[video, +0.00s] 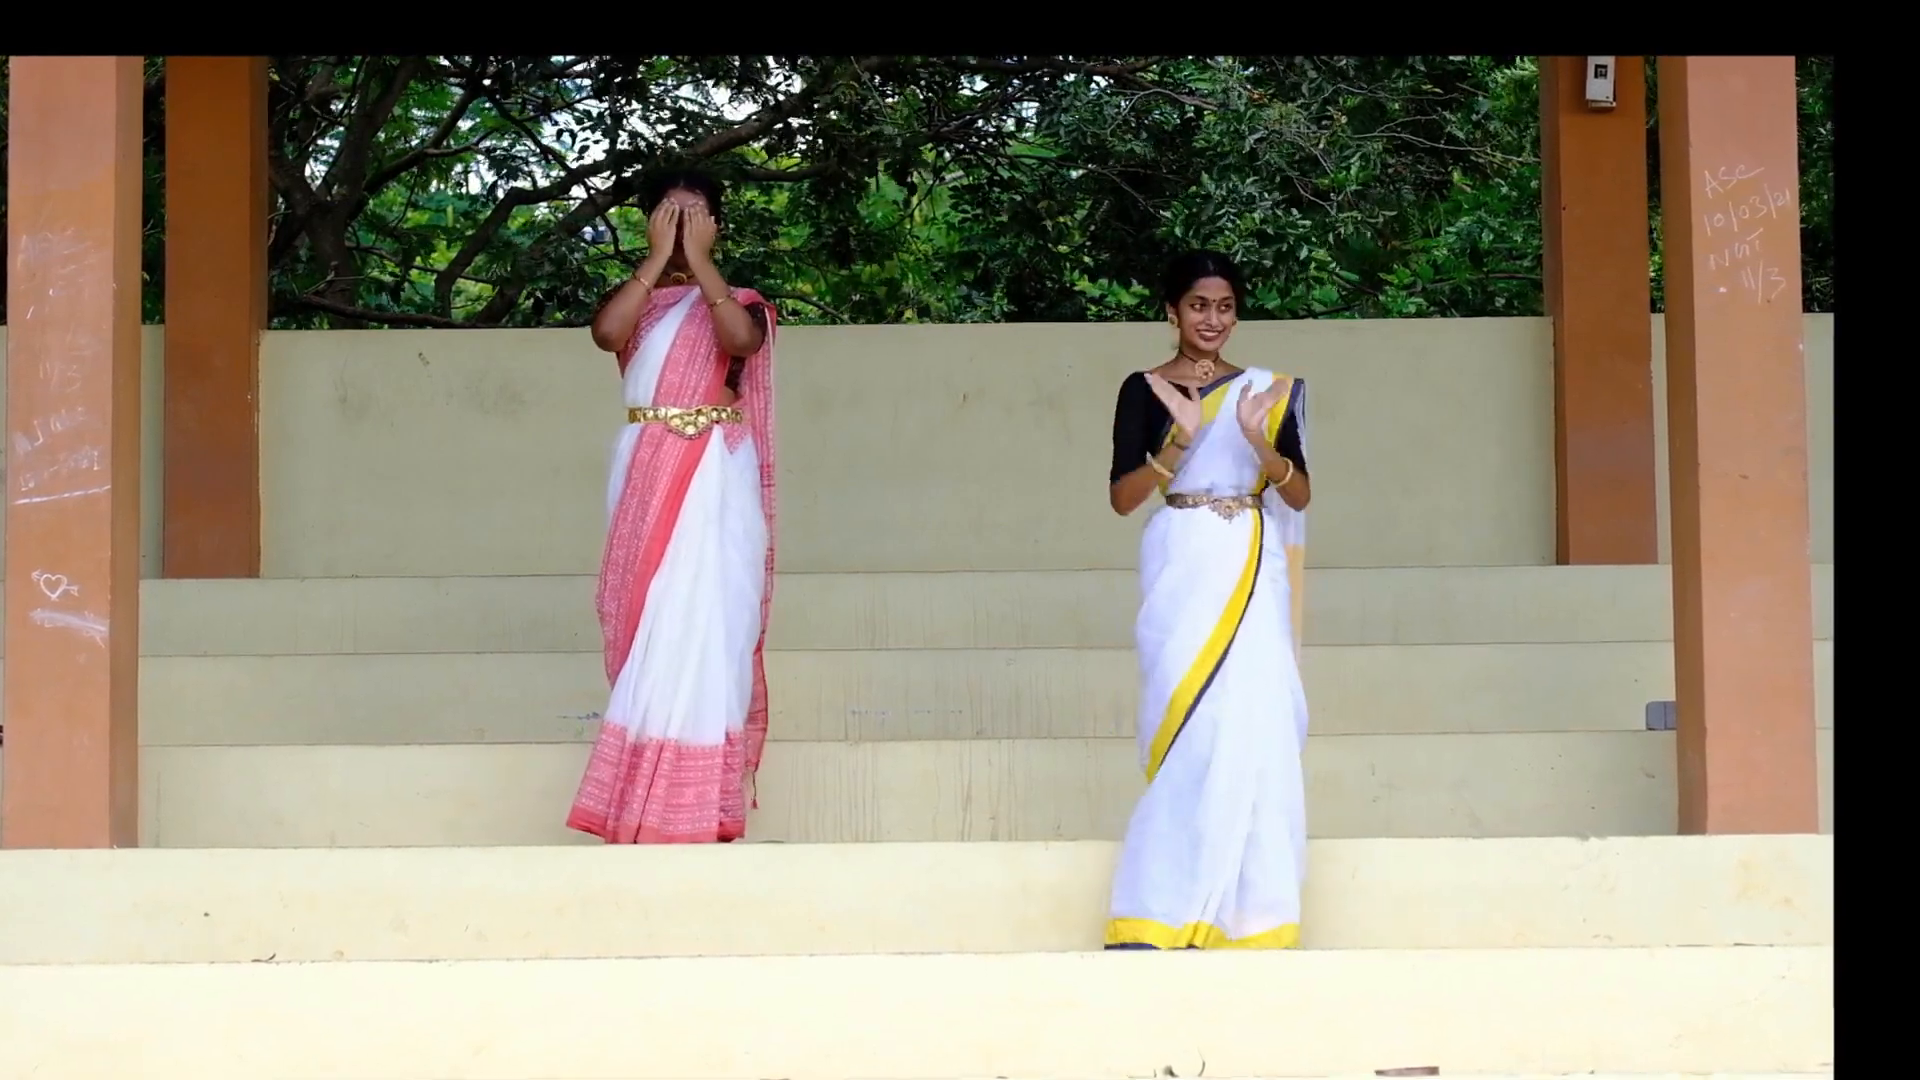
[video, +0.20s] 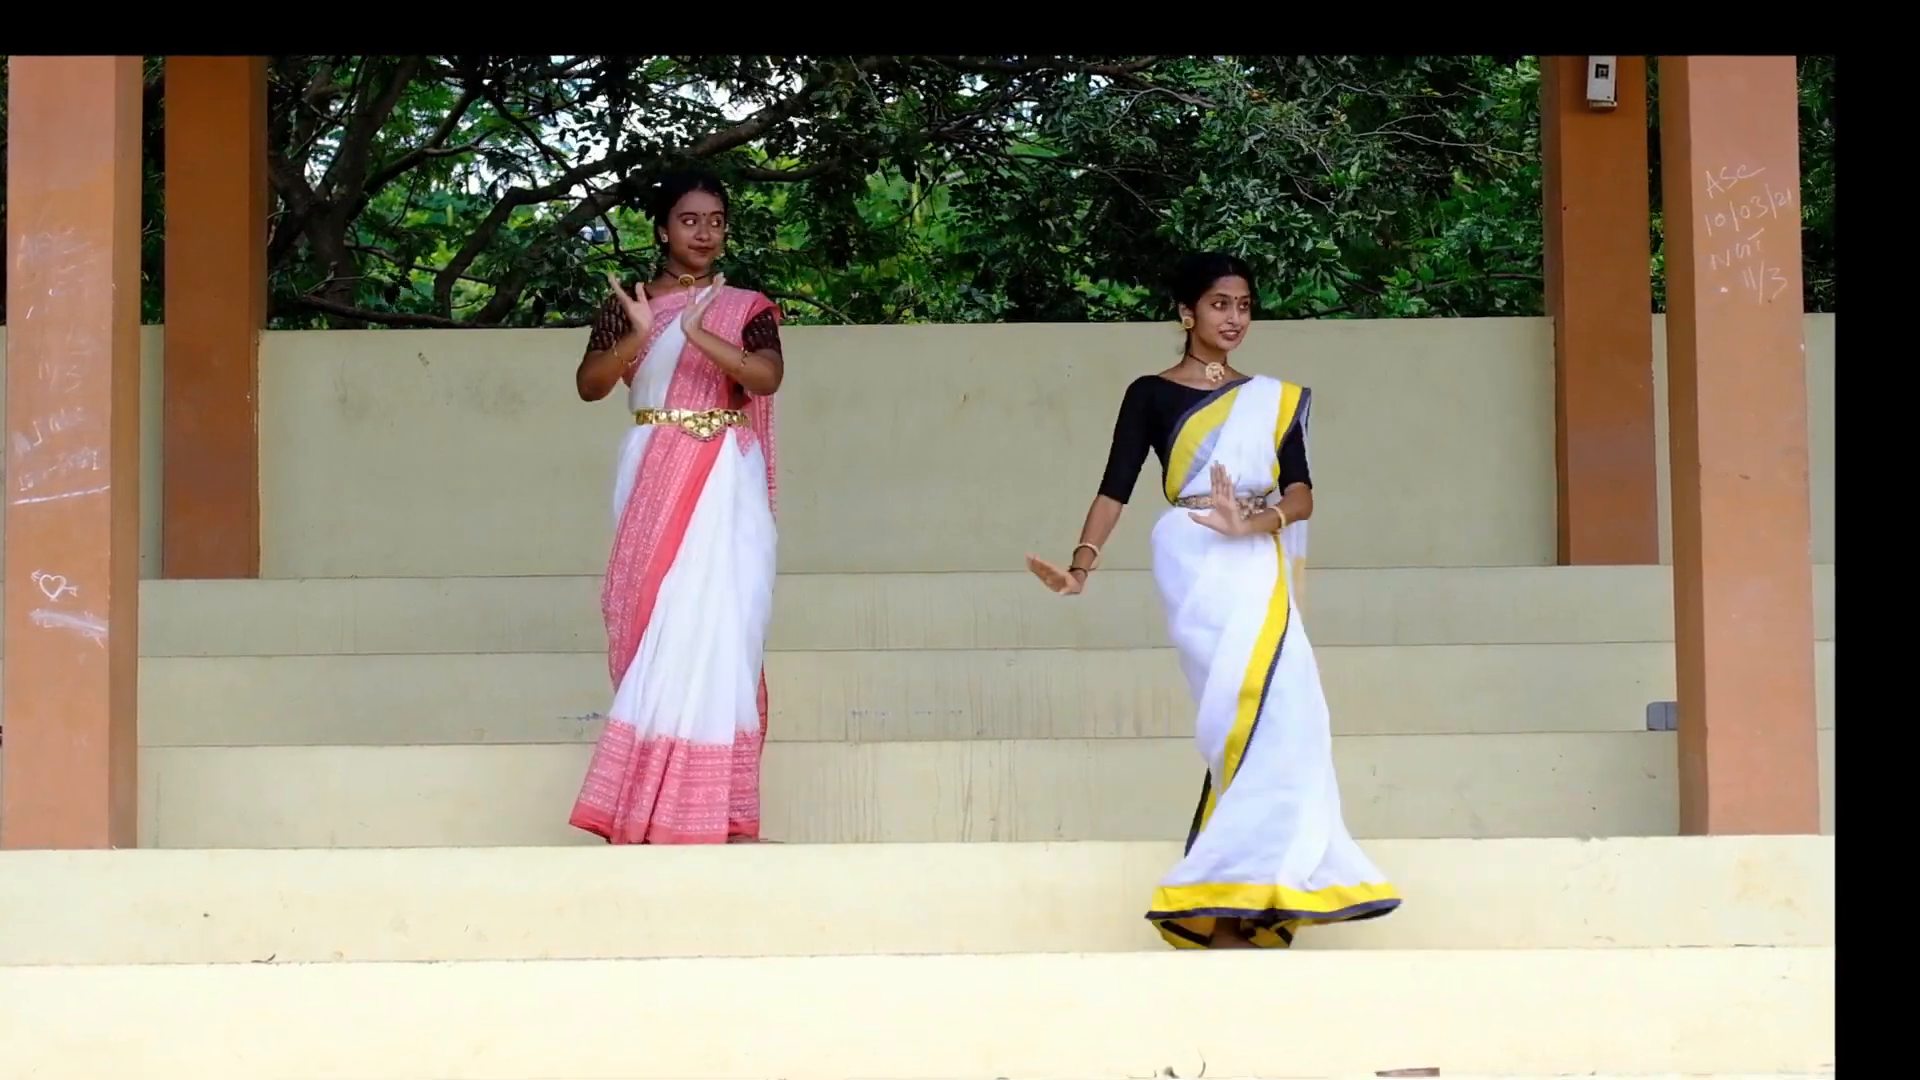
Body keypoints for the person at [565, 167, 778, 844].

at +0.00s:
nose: (681, 226)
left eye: (695, 214)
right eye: (670, 213)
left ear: (717, 226)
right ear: (651, 225)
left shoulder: (740, 301)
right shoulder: (638, 301)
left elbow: (742, 339)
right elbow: (608, 332)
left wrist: (701, 261)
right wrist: (658, 256)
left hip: (714, 476)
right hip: (646, 474)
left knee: (703, 627)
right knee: (650, 626)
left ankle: (693, 803)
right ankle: (644, 799)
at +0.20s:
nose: (704, 231)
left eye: (714, 220)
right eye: (690, 219)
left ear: (727, 229)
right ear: (664, 227)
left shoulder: (747, 307)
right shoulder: (631, 304)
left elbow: (766, 377)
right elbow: (590, 385)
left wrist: (702, 337)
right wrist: (636, 337)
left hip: (727, 482)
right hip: (655, 481)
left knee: (717, 629)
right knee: (658, 628)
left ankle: (703, 809)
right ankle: (652, 804)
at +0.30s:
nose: (720, 237)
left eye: (729, 226)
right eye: (705, 224)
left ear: (736, 235)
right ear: (674, 233)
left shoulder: (755, 313)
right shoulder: (633, 315)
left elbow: (767, 395)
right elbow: (609, 399)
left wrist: (720, 414)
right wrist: (604, 427)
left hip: (733, 490)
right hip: (659, 489)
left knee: (717, 631)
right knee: (661, 631)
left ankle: (706, 812)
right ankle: (659, 806)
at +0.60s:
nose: (748, 241)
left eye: (754, 229)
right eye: (734, 228)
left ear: (758, 235)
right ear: (698, 235)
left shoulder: (768, 315)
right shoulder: (651, 310)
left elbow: (768, 386)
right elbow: (583, 383)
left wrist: (693, 391)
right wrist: (505, 434)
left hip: (747, 479)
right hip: (674, 477)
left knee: (783, 585)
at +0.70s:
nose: (753, 245)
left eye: (758, 234)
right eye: (739, 232)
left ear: (761, 242)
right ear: (700, 239)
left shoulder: (771, 319)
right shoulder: (653, 315)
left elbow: (781, 398)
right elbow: (582, 386)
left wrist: (712, 406)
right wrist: (503, 420)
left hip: (748, 472)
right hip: (674, 475)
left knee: (764, 581)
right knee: (705, 612)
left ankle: (856, 698)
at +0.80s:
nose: (752, 249)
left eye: (759, 238)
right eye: (738, 237)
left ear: (766, 247)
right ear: (702, 246)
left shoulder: (777, 328)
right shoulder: (659, 319)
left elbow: (799, 419)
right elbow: (599, 395)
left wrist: (761, 441)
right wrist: (528, 453)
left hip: (749, 479)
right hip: (675, 476)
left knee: (769, 596)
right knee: (702, 621)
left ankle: (843, 727)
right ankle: (711, 779)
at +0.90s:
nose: (739, 248)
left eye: (749, 236)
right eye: (724, 236)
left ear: (762, 246)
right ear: (699, 246)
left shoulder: (782, 332)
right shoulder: (664, 322)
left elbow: (810, 419)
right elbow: (624, 401)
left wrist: (823, 471)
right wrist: (583, 472)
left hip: (752, 483)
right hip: (680, 478)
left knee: (752, 613)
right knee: (700, 621)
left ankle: (793, 778)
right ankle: (739, 787)